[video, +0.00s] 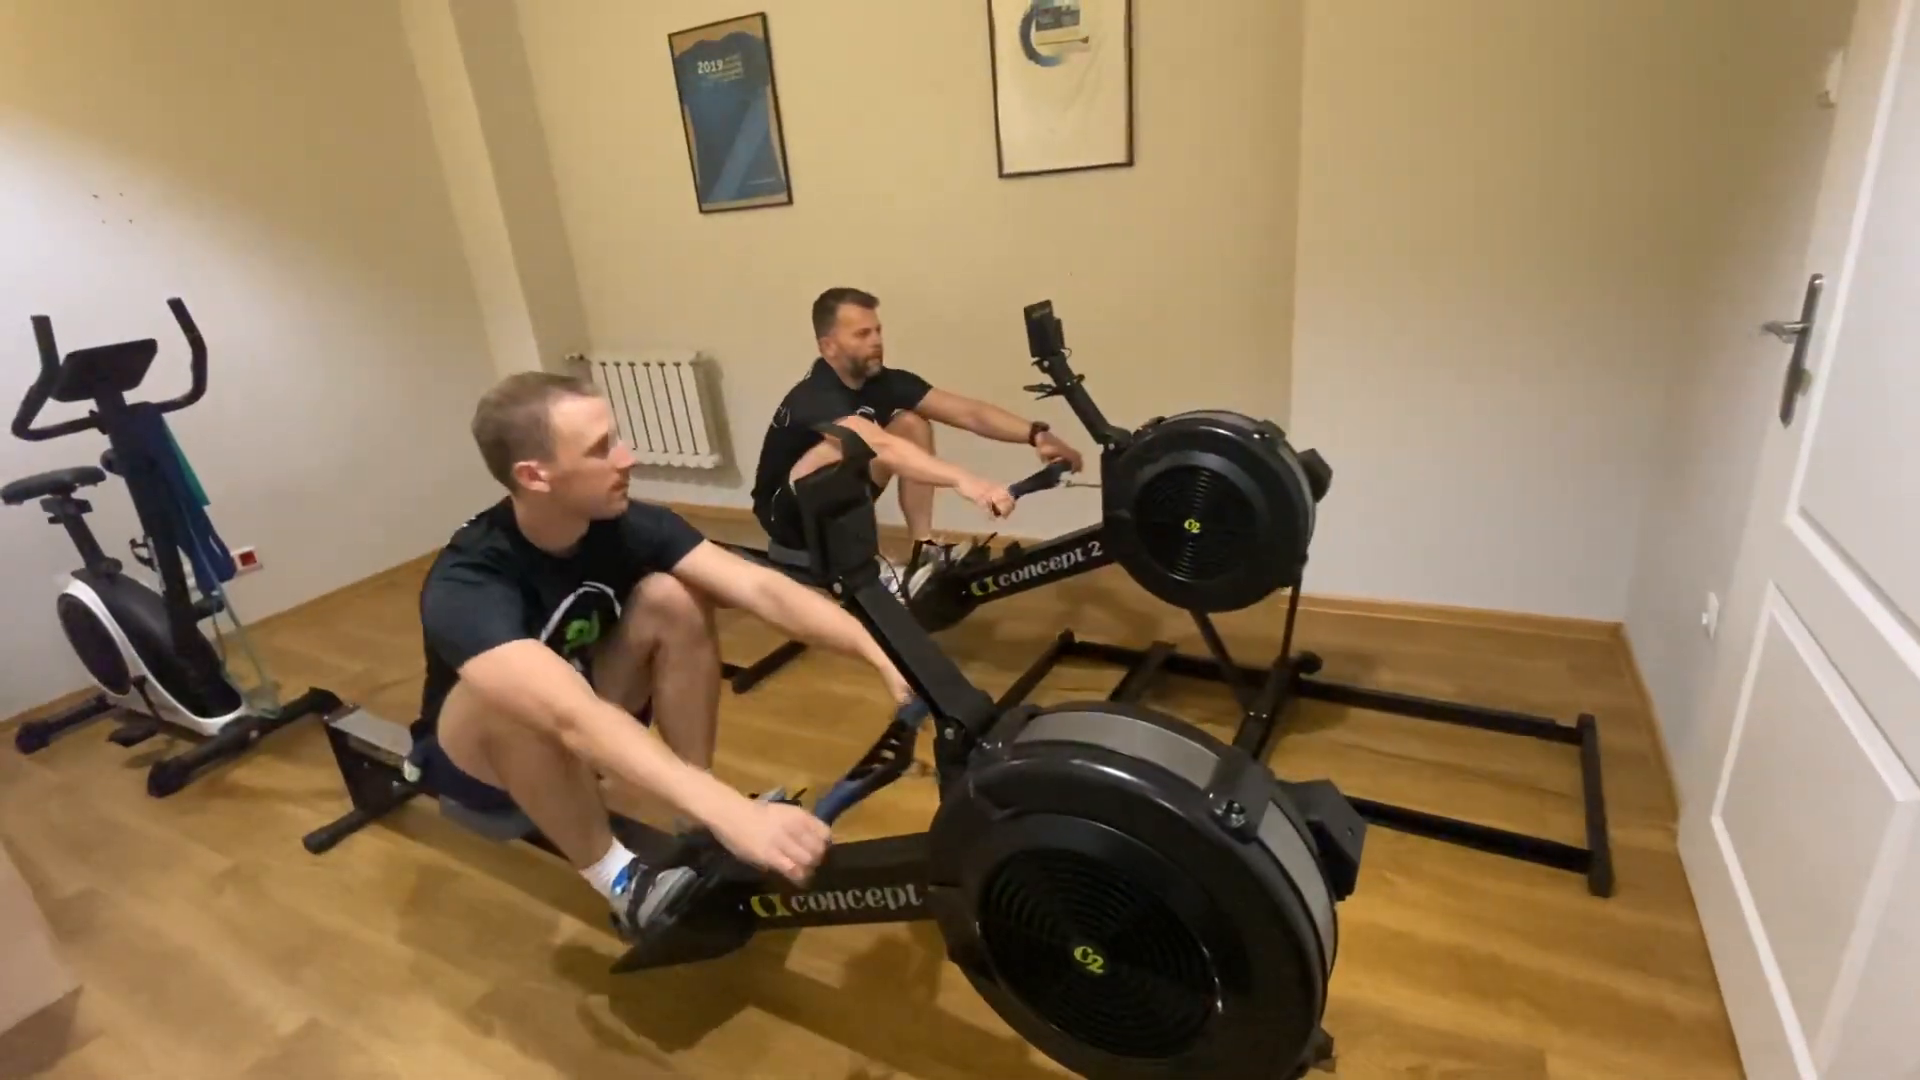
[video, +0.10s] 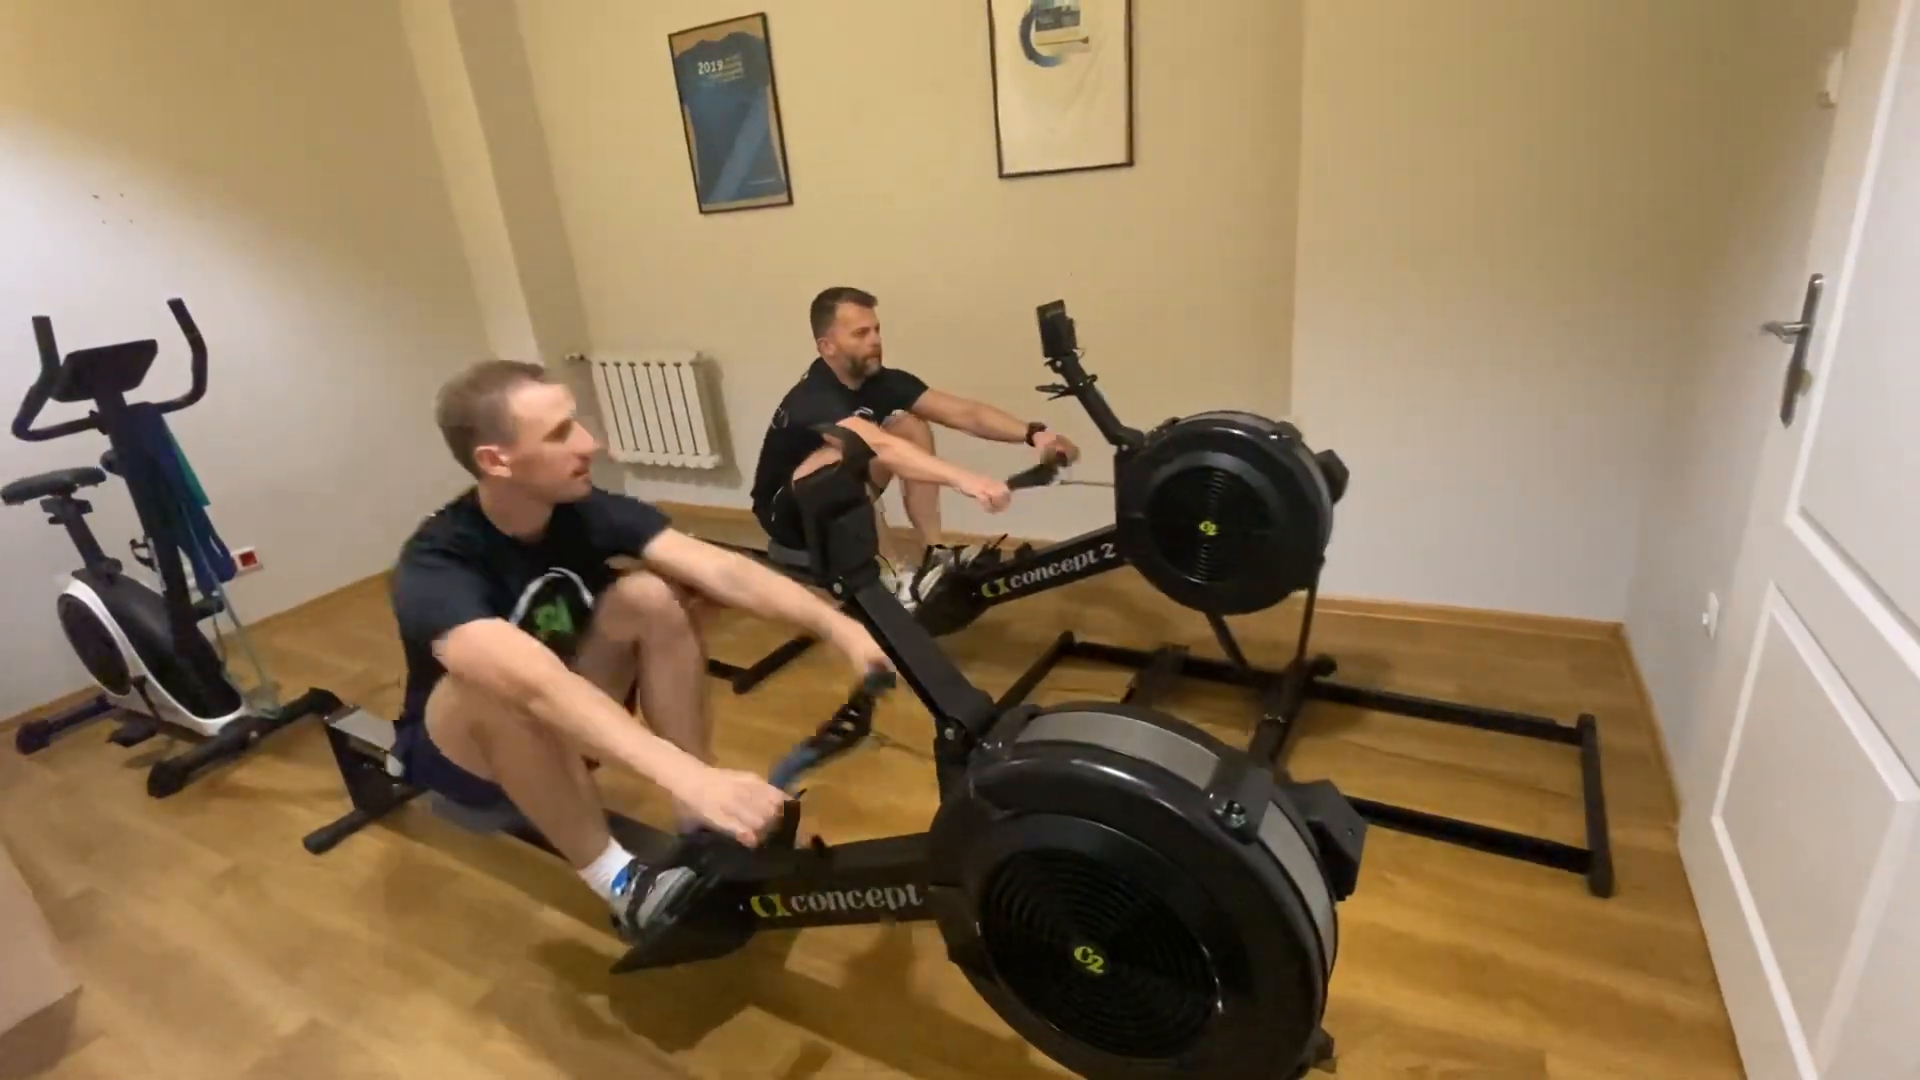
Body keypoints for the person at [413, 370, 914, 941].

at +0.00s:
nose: (627, 458)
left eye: (618, 439)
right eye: (602, 449)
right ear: (535, 475)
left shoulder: (629, 527)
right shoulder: (466, 590)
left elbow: (761, 590)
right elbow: (579, 717)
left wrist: (882, 651)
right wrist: (736, 814)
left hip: (585, 738)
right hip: (485, 786)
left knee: (670, 600)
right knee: (517, 689)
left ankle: (700, 816)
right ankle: (621, 883)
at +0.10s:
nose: (589, 444)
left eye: (577, 424)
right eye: (561, 435)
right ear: (495, 461)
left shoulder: (588, 513)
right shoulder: (436, 567)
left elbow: (717, 570)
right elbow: (538, 686)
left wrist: (838, 626)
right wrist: (693, 781)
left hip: (563, 726)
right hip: (467, 769)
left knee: (650, 598)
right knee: (504, 686)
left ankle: (703, 827)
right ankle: (622, 885)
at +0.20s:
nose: (540, 429)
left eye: (532, 410)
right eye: (512, 419)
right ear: (446, 444)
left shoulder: (554, 501)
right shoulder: (395, 559)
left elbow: (676, 555)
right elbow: (489, 661)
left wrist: (793, 608)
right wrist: (634, 748)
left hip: (538, 701)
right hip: (437, 747)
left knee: (636, 601)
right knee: (496, 678)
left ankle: (705, 812)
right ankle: (621, 886)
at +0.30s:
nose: (476, 412)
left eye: (471, 392)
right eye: (448, 402)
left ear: (478, 390)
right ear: (386, 426)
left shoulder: (500, 484)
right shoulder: (342, 544)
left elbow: (615, 539)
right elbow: (435, 633)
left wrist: (728, 589)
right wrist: (557, 705)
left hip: (509, 663)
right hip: (407, 713)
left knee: (610, 604)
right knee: (484, 685)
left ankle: (703, 816)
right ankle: (625, 892)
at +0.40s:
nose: (403, 397)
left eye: (401, 378)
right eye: (376, 387)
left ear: (406, 379)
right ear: (318, 411)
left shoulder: (440, 471)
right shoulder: (287, 525)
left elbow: (553, 525)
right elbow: (369, 609)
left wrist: (656, 572)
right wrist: (478, 675)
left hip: (472, 645)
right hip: (373, 692)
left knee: (579, 622)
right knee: (465, 695)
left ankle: (704, 818)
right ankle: (622, 891)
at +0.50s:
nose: (363, 394)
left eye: (360, 376)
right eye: (338, 383)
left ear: (364, 374)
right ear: (276, 405)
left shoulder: (407, 468)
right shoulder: (252, 518)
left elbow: (513, 523)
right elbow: (326, 609)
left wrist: (611, 565)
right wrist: (431, 657)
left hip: (454, 645)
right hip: (356, 683)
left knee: (585, 659)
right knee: (459, 710)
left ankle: (704, 819)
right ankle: (623, 892)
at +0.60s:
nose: (324, 397)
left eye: (322, 380)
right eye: (299, 387)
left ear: (325, 379)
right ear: (240, 408)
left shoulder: (374, 468)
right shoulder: (218, 519)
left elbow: (476, 529)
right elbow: (274, 621)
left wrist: (551, 553)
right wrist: (366, 653)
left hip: (424, 638)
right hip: (329, 676)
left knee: (547, 664)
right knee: (441, 721)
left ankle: (702, 819)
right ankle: (618, 894)